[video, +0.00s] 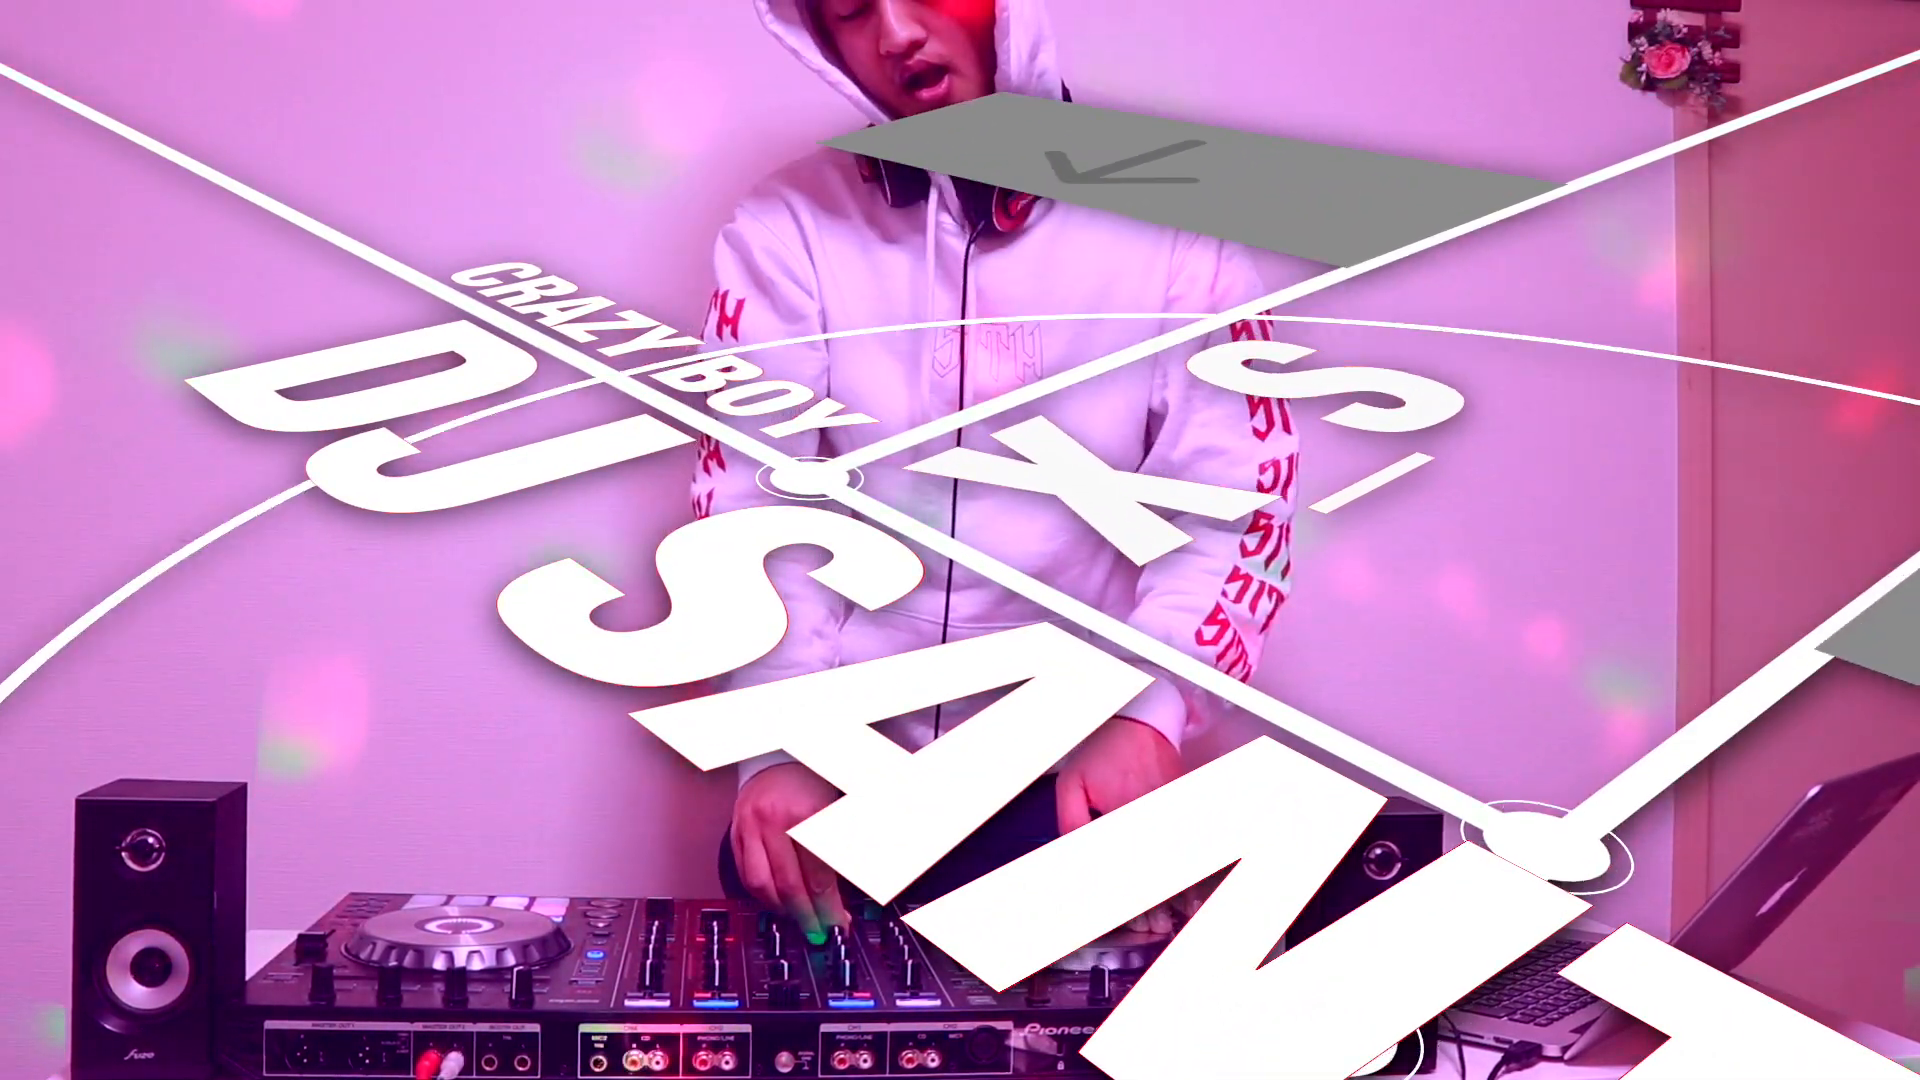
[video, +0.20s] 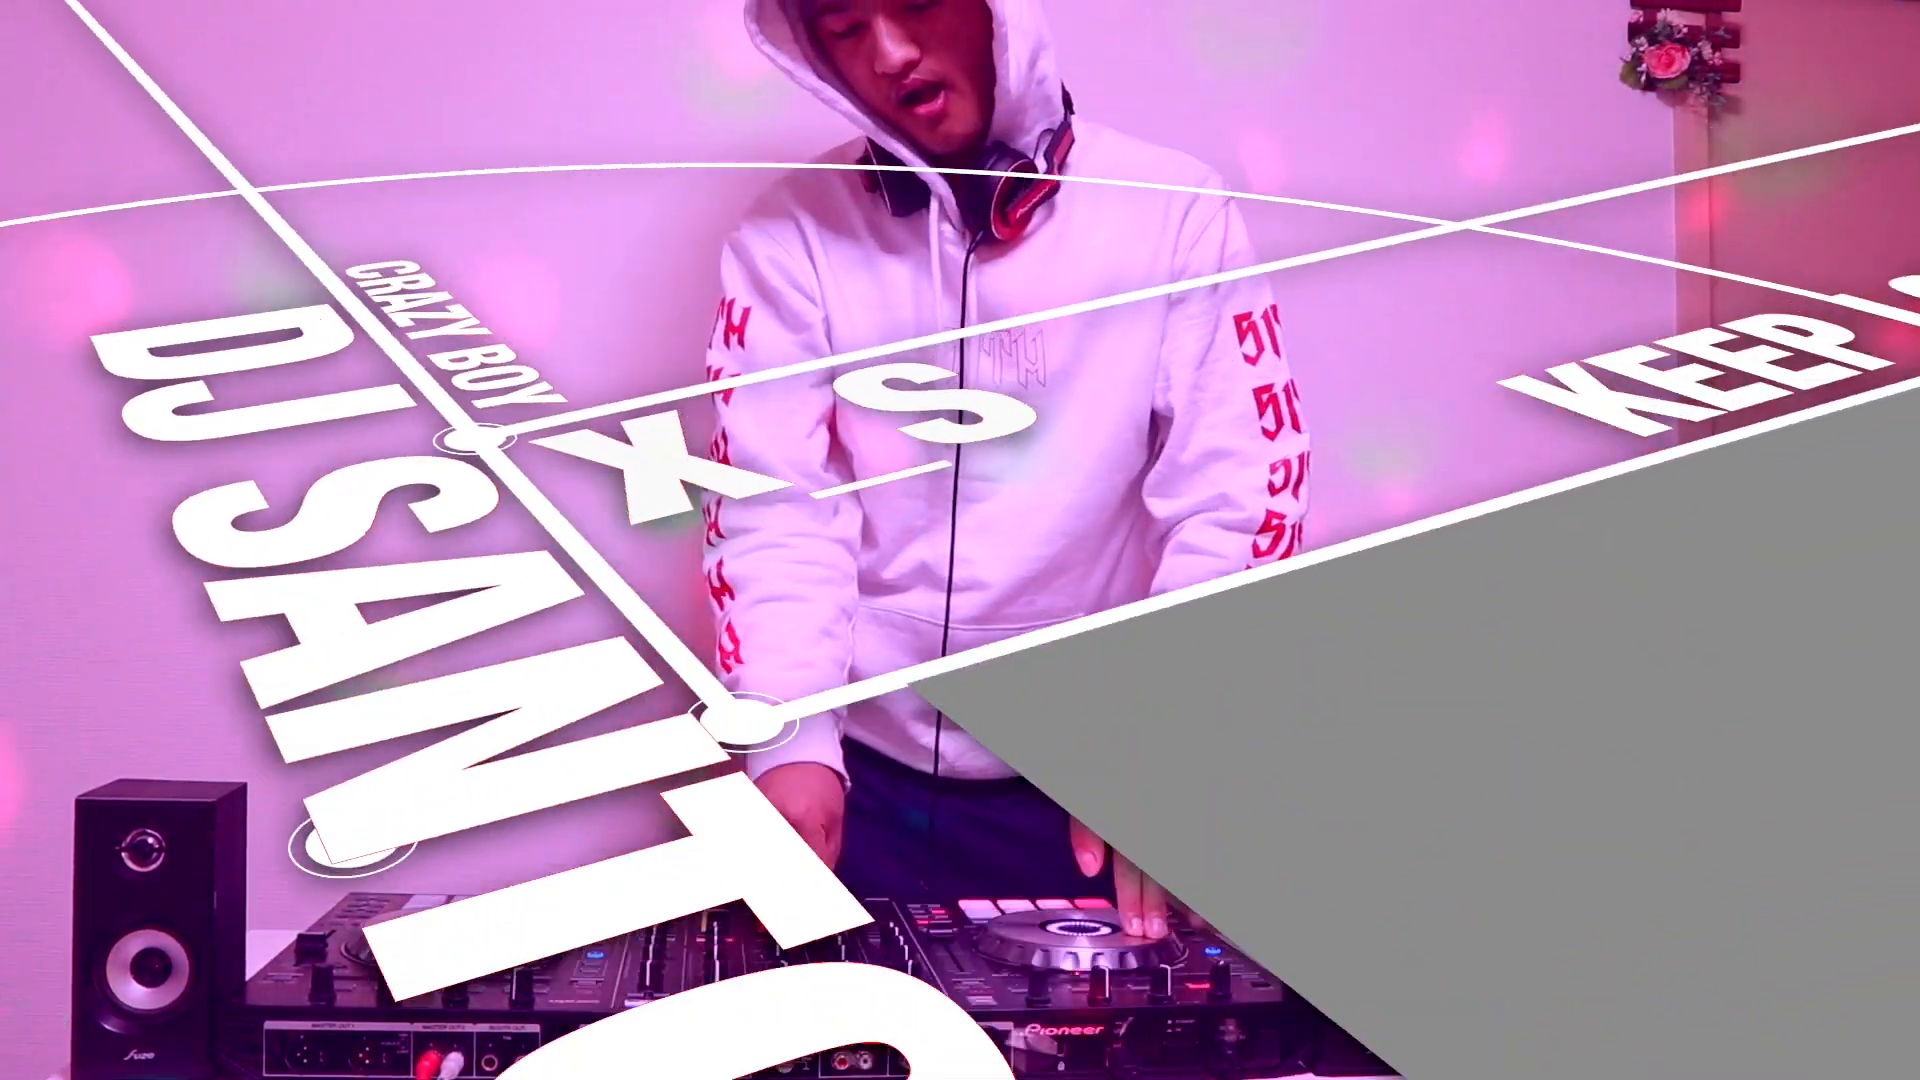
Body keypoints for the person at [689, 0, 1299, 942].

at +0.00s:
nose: (900, 34)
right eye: (855, 11)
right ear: (824, 42)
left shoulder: (1170, 224)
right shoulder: (785, 235)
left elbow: (1237, 514)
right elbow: (753, 508)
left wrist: (1148, 713)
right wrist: (782, 739)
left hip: (1084, 746)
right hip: (846, 752)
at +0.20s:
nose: (893, 58)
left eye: (918, 5)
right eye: (844, 31)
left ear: (995, 2)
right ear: (820, 62)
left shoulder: (1175, 213)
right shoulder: (791, 240)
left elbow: (1236, 508)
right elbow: (774, 517)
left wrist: (1167, 762)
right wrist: (794, 745)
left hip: (1089, 803)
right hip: (863, 794)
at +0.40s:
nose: (908, 78)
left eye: (935, 20)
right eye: (855, 47)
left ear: (1004, 12)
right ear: (823, 71)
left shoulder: (1174, 216)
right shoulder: (783, 243)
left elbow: (1248, 481)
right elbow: (755, 510)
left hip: (1117, 592)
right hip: (883, 608)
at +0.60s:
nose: (953, 76)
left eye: (979, 22)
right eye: (899, 45)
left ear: (1024, 25)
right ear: (844, 66)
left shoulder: (1152, 209)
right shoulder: (775, 238)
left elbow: (1248, 443)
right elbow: (752, 499)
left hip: (1115, 583)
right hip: (885, 601)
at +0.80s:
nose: (905, 34)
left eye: (942, 7)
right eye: (863, 15)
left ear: (991, 25)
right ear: (808, 34)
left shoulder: (1093, 196)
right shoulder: (735, 234)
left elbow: (1198, 419)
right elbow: (707, 491)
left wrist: (1009, 210)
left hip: (1074, 578)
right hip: (844, 594)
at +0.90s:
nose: (875, 47)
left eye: (902, 12)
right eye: (829, 20)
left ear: (955, 27)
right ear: (772, 45)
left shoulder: (1023, 196)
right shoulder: (699, 234)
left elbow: (1173, 371)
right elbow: (689, 485)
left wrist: (1001, 168)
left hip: (1015, 563)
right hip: (813, 581)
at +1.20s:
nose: (729, 48)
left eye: (759, 9)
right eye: (687, 14)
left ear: (799, 23)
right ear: (632, 32)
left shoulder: (881, 187)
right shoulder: (557, 241)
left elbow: (1042, 342)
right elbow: (599, 484)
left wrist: (928, 144)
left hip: (864, 557)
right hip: (674, 583)